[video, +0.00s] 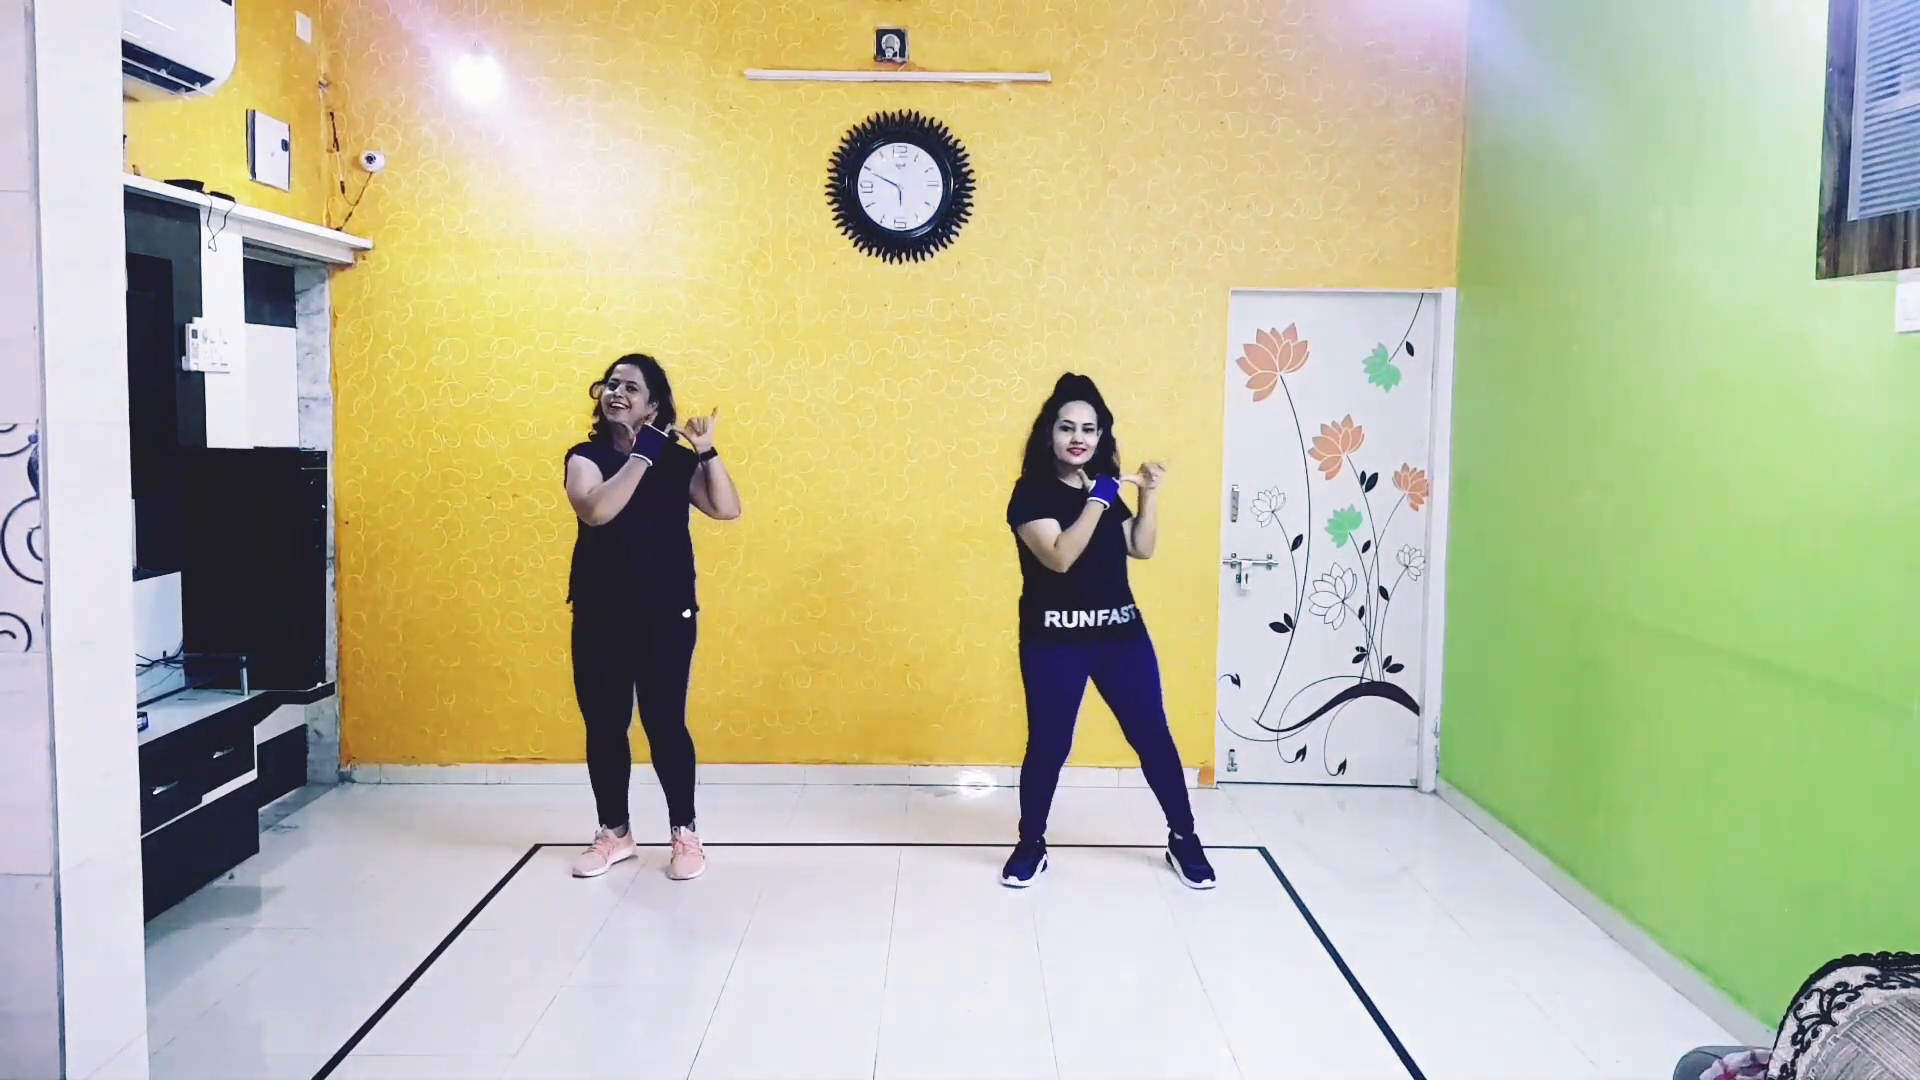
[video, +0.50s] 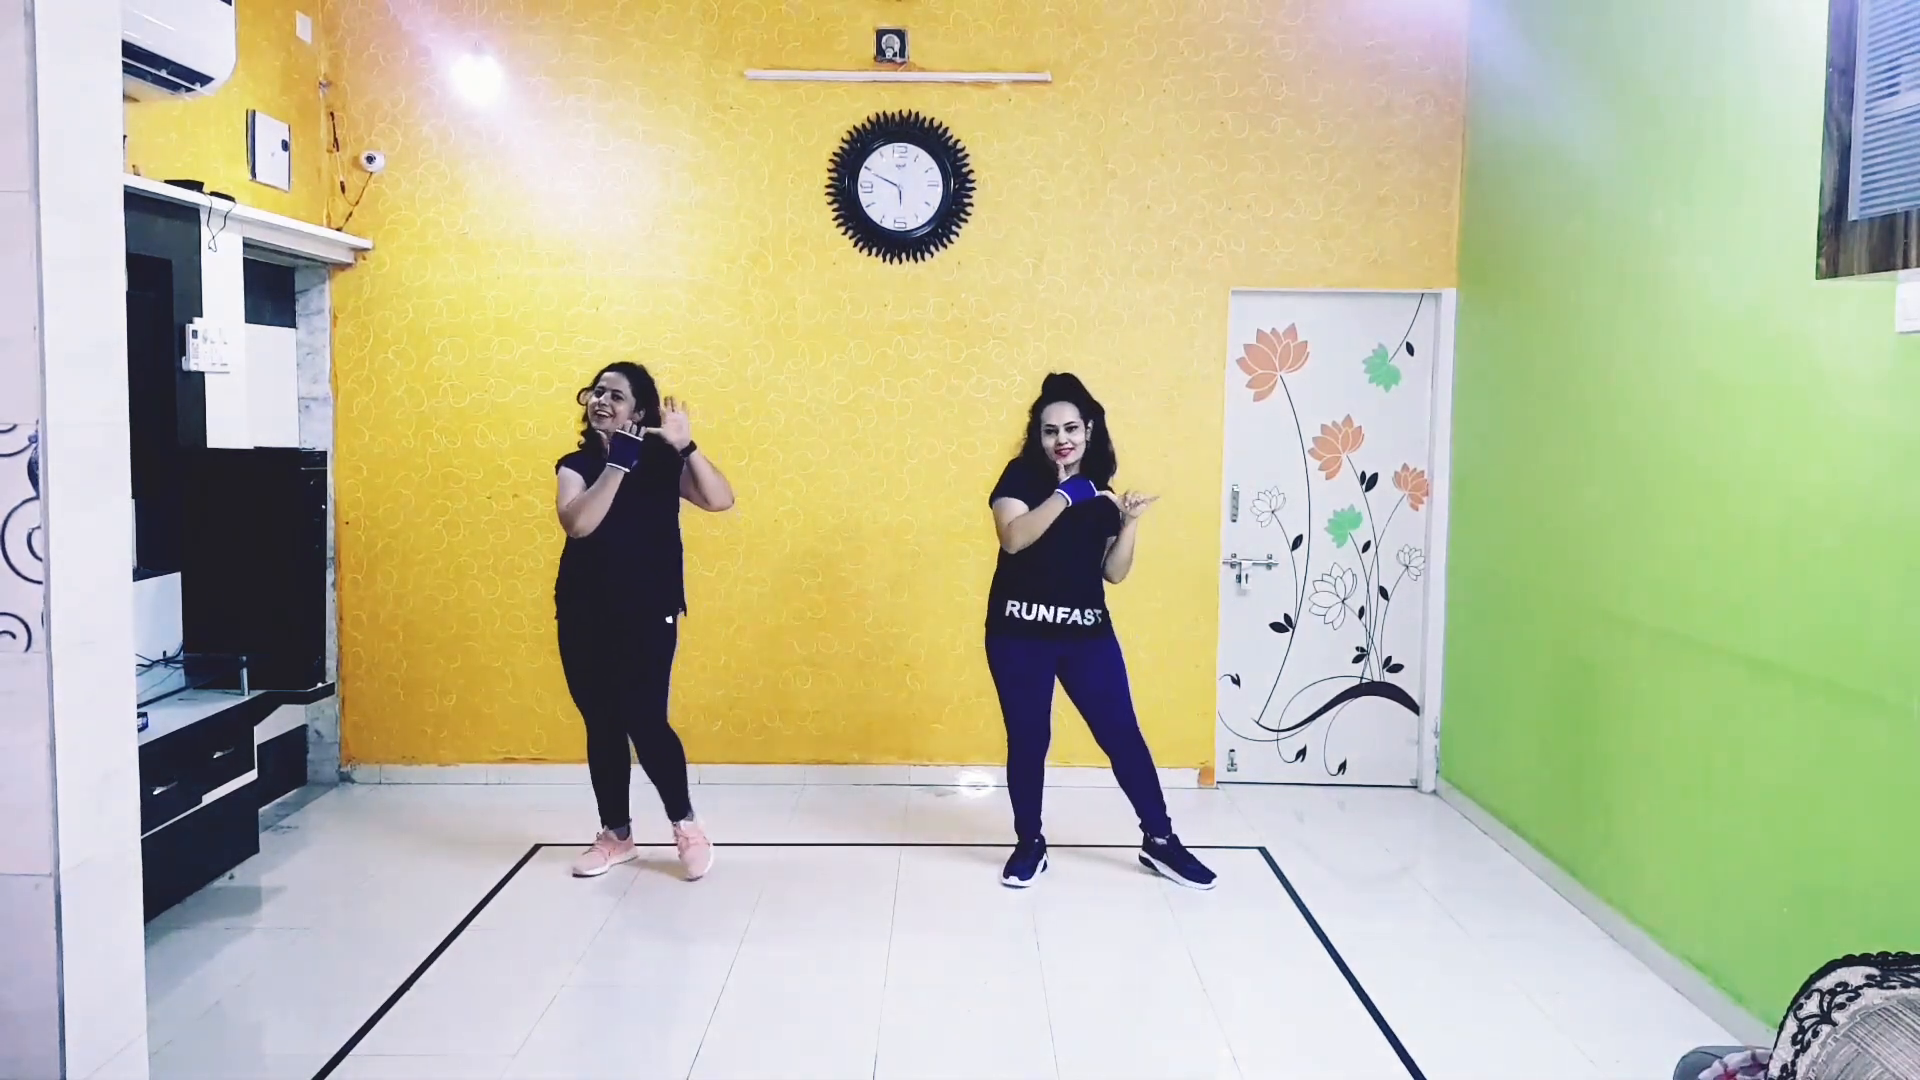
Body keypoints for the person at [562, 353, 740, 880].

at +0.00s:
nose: (617, 393)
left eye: (630, 387)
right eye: (612, 385)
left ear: (656, 403)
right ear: (601, 397)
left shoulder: (675, 457)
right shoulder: (585, 456)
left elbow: (727, 509)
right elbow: (595, 511)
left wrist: (708, 450)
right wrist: (642, 454)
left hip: (666, 611)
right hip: (601, 611)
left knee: (665, 721)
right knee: (604, 726)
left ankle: (684, 833)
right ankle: (614, 833)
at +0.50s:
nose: (601, 401)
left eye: (615, 395)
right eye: (597, 393)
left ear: (642, 411)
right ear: (588, 404)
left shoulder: (663, 460)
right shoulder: (577, 463)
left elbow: (719, 501)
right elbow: (578, 523)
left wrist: (687, 448)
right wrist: (618, 461)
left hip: (650, 610)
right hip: (586, 612)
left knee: (646, 720)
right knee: (602, 725)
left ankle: (685, 825)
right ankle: (615, 834)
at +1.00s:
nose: (627, 399)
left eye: (641, 394)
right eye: (623, 391)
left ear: (666, 410)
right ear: (613, 402)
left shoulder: (688, 459)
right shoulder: (599, 464)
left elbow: (743, 506)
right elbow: (600, 522)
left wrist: (716, 453)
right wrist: (640, 459)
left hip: (697, 612)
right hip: (629, 615)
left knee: (695, 722)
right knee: (606, 724)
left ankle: (703, 833)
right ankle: (609, 827)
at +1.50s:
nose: (605, 404)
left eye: (619, 398)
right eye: (601, 397)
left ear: (644, 415)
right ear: (592, 409)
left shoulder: (672, 479)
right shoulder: (575, 471)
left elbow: (707, 535)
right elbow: (546, 529)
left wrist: (699, 581)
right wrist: (581, 459)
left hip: (634, 627)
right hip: (568, 622)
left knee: (630, 735)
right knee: (581, 733)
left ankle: (662, 831)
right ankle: (593, 841)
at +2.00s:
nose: (625, 397)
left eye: (641, 393)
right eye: (623, 389)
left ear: (664, 413)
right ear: (612, 399)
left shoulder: (686, 471)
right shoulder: (592, 467)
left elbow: (729, 522)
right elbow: (567, 523)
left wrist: (732, 584)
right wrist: (596, 451)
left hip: (681, 624)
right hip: (612, 624)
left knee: (690, 731)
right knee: (607, 735)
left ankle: (709, 839)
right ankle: (596, 842)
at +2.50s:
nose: (642, 394)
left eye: (657, 390)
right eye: (639, 386)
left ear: (680, 412)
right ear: (628, 399)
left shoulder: (708, 463)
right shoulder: (612, 466)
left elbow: (733, 530)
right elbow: (596, 525)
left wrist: (754, 597)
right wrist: (614, 448)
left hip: (700, 618)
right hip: (631, 617)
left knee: (701, 728)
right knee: (594, 724)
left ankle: (710, 836)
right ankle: (596, 830)